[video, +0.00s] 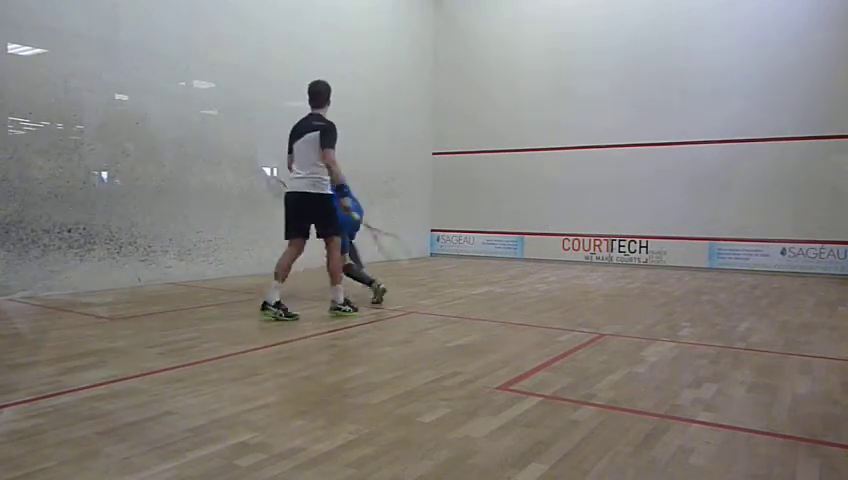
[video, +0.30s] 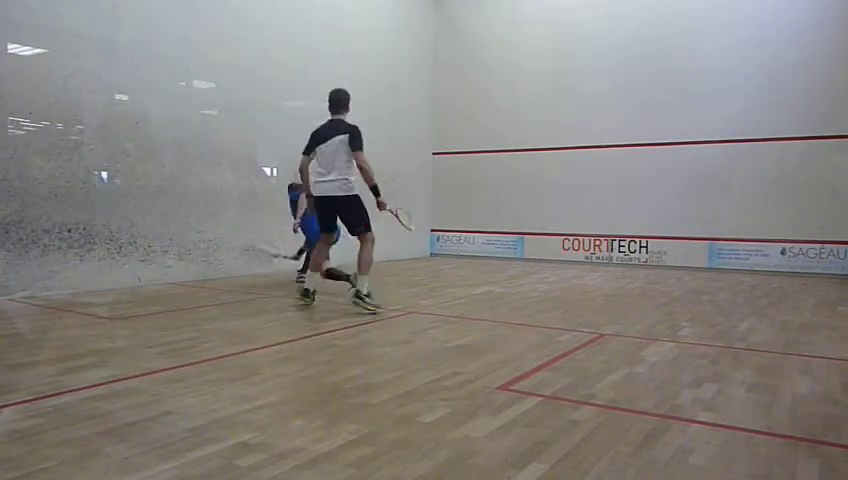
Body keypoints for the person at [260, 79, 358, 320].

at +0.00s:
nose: (329, 102)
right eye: (329, 99)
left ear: (309, 100)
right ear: (328, 101)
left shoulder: (297, 127)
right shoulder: (327, 127)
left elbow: (291, 165)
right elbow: (328, 160)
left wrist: (313, 179)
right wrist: (342, 190)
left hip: (294, 193)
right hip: (320, 194)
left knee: (295, 245)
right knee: (333, 243)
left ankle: (271, 300)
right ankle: (338, 300)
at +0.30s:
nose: (350, 108)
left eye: (342, 105)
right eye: (349, 105)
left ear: (329, 106)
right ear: (348, 107)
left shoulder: (318, 133)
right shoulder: (352, 131)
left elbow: (303, 167)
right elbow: (361, 163)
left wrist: (308, 196)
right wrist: (377, 195)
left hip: (321, 196)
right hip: (347, 195)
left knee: (326, 238)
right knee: (367, 239)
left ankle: (309, 287)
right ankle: (362, 291)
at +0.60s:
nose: (316, 128)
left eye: (316, 125)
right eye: (319, 124)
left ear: (314, 127)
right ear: (332, 126)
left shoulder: (312, 152)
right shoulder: (350, 146)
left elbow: (295, 180)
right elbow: (367, 173)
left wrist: (289, 207)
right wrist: (375, 202)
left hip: (329, 208)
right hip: (356, 207)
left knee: (314, 243)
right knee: (360, 246)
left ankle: (310, 284)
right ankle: (373, 277)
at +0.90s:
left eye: (327, 138)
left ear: (325, 141)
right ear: (341, 140)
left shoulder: (320, 162)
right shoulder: (352, 159)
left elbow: (317, 192)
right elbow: (364, 186)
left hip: (334, 207)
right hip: (356, 206)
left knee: (326, 245)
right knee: (356, 240)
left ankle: (320, 276)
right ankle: (367, 278)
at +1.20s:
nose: (339, 133)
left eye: (340, 129)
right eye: (342, 129)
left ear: (341, 131)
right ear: (355, 131)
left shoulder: (350, 144)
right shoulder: (353, 148)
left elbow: (351, 156)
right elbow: (349, 181)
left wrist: (324, 160)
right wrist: (332, 187)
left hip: (359, 199)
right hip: (357, 199)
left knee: (347, 239)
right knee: (348, 239)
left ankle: (362, 280)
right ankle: (361, 278)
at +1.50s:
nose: (347, 129)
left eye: (349, 125)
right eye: (348, 125)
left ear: (356, 126)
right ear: (359, 127)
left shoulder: (365, 142)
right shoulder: (360, 147)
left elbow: (375, 160)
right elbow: (365, 179)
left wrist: (351, 162)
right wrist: (347, 188)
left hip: (373, 196)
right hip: (366, 197)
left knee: (366, 236)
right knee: (359, 235)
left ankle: (388, 278)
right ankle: (362, 277)